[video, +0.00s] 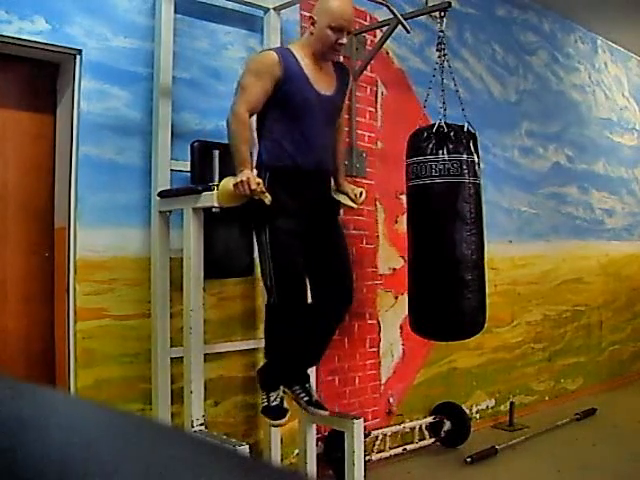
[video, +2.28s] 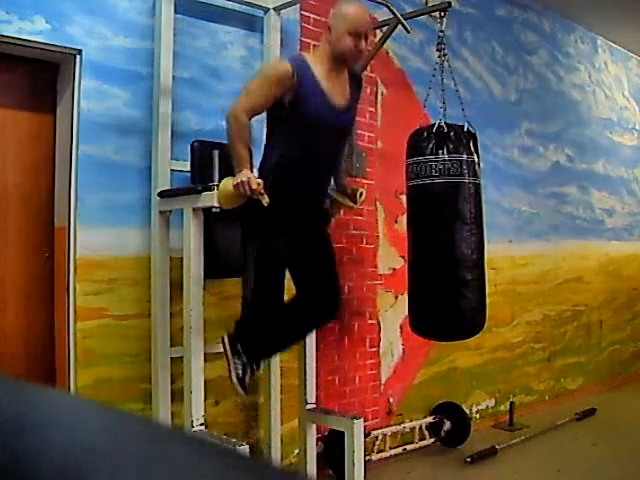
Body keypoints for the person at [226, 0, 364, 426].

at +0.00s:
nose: (341, 40)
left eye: (347, 33)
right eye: (335, 30)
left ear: (351, 33)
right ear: (310, 21)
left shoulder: (340, 75)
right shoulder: (273, 63)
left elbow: (335, 127)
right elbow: (240, 114)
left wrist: (338, 177)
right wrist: (245, 169)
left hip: (318, 194)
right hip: (278, 194)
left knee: (337, 294)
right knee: (286, 296)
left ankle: (295, 371)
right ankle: (272, 380)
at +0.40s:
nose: (363, 96)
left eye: (367, 88)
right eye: (356, 86)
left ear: (368, 87)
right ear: (330, 78)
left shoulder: (352, 117)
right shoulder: (288, 102)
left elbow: (336, 152)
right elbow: (231, 118)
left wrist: (342, 181)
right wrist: (242, 171)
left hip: (302, 233)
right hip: (262, 228)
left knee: (325, 322)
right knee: (276, 326)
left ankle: (266, 393)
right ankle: (255, 394)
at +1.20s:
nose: (360, 39)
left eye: (365, 32)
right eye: (353, 29)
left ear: (368, 34)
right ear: (328, 22)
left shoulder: (351, 72)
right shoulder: (286, 64)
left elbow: (338, 134)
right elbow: (243, 111)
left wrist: (342, 181)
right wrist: (244, 169)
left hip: (315, 201)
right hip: (275, 197)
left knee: (319, 294)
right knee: (259, 286)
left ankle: (243, 330)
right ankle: (241, 336)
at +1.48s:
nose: (362, 48)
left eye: (367, 40)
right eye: (356, 38)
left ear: (367, 42)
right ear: (330, 32)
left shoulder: (350, 80)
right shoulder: (282, 70)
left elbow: (334, 136)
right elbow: (240, 114)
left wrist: (341, 179)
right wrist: (243, 170)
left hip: (311, 206)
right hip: (271, 202)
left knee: (321, 297)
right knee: (260, 291)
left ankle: (244, 332)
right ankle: (245, 341)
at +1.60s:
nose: (365, 85)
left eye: (369, 76)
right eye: (359, 74)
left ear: (371, 74)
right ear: (334, 66)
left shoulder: (352, 111)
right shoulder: (289, 95)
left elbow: (336, 148)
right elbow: (233, 117)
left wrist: (341, 180)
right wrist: (243, 169)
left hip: (304, 230)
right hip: (264, 222)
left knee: (321, 318)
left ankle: (251, 373)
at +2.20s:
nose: (364, 70)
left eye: (369, 61)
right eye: (357, 59)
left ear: (370, 62)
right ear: (333, 54)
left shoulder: (355, 101)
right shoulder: (291, 91)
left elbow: (319, 152)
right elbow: (234, 115)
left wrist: (339, 184)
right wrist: (243, 170)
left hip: (306, 224)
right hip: (267, 221)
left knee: (326, 316)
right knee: (265, 323)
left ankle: (251, 361)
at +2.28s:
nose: (364, 47)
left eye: (368, 39)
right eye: (357, 37)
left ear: (368, 42)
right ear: (331, 33)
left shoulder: (353, 80)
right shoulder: (289, 71)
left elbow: (337, 135)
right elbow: (238, 112)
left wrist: (341, 179)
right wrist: (243, 169)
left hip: (309, 208)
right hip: (269, 204)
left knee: (323, 301)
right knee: (262, 299)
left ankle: (247, 346)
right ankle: (248, 355)